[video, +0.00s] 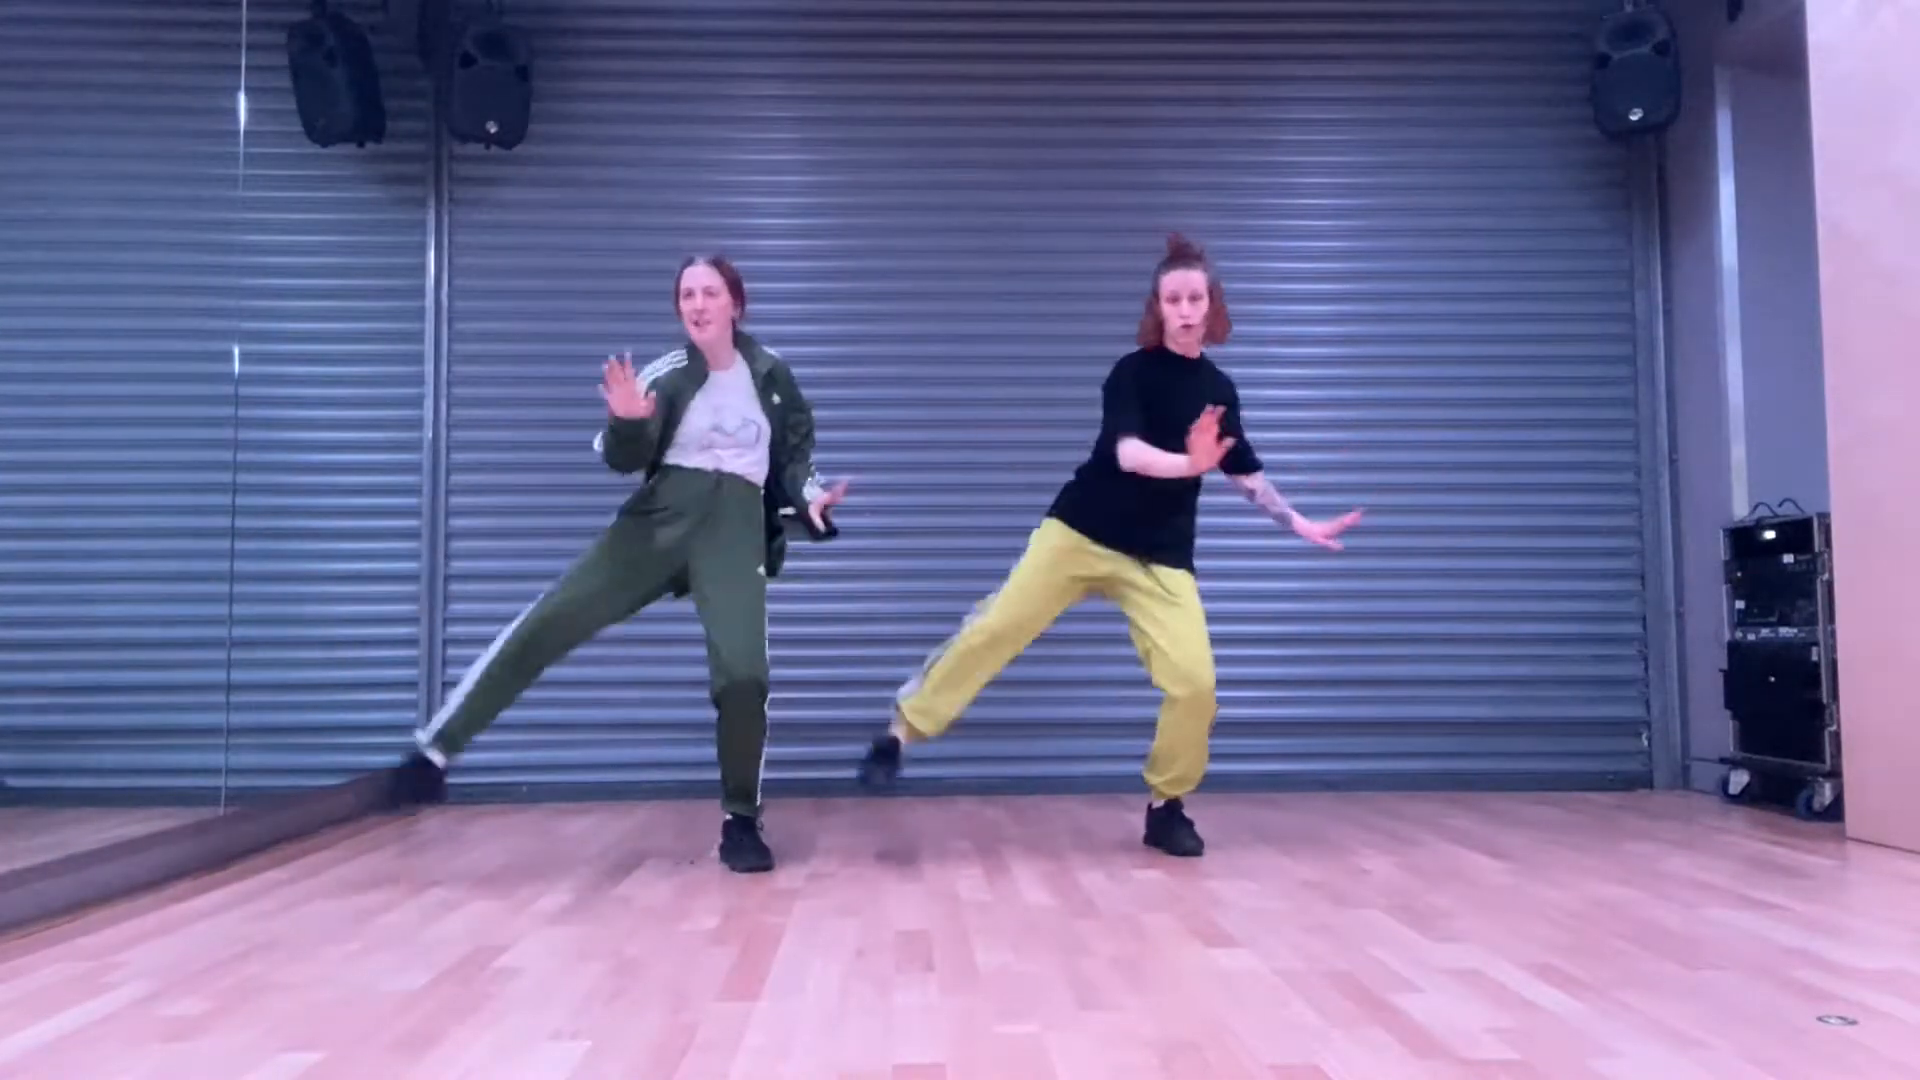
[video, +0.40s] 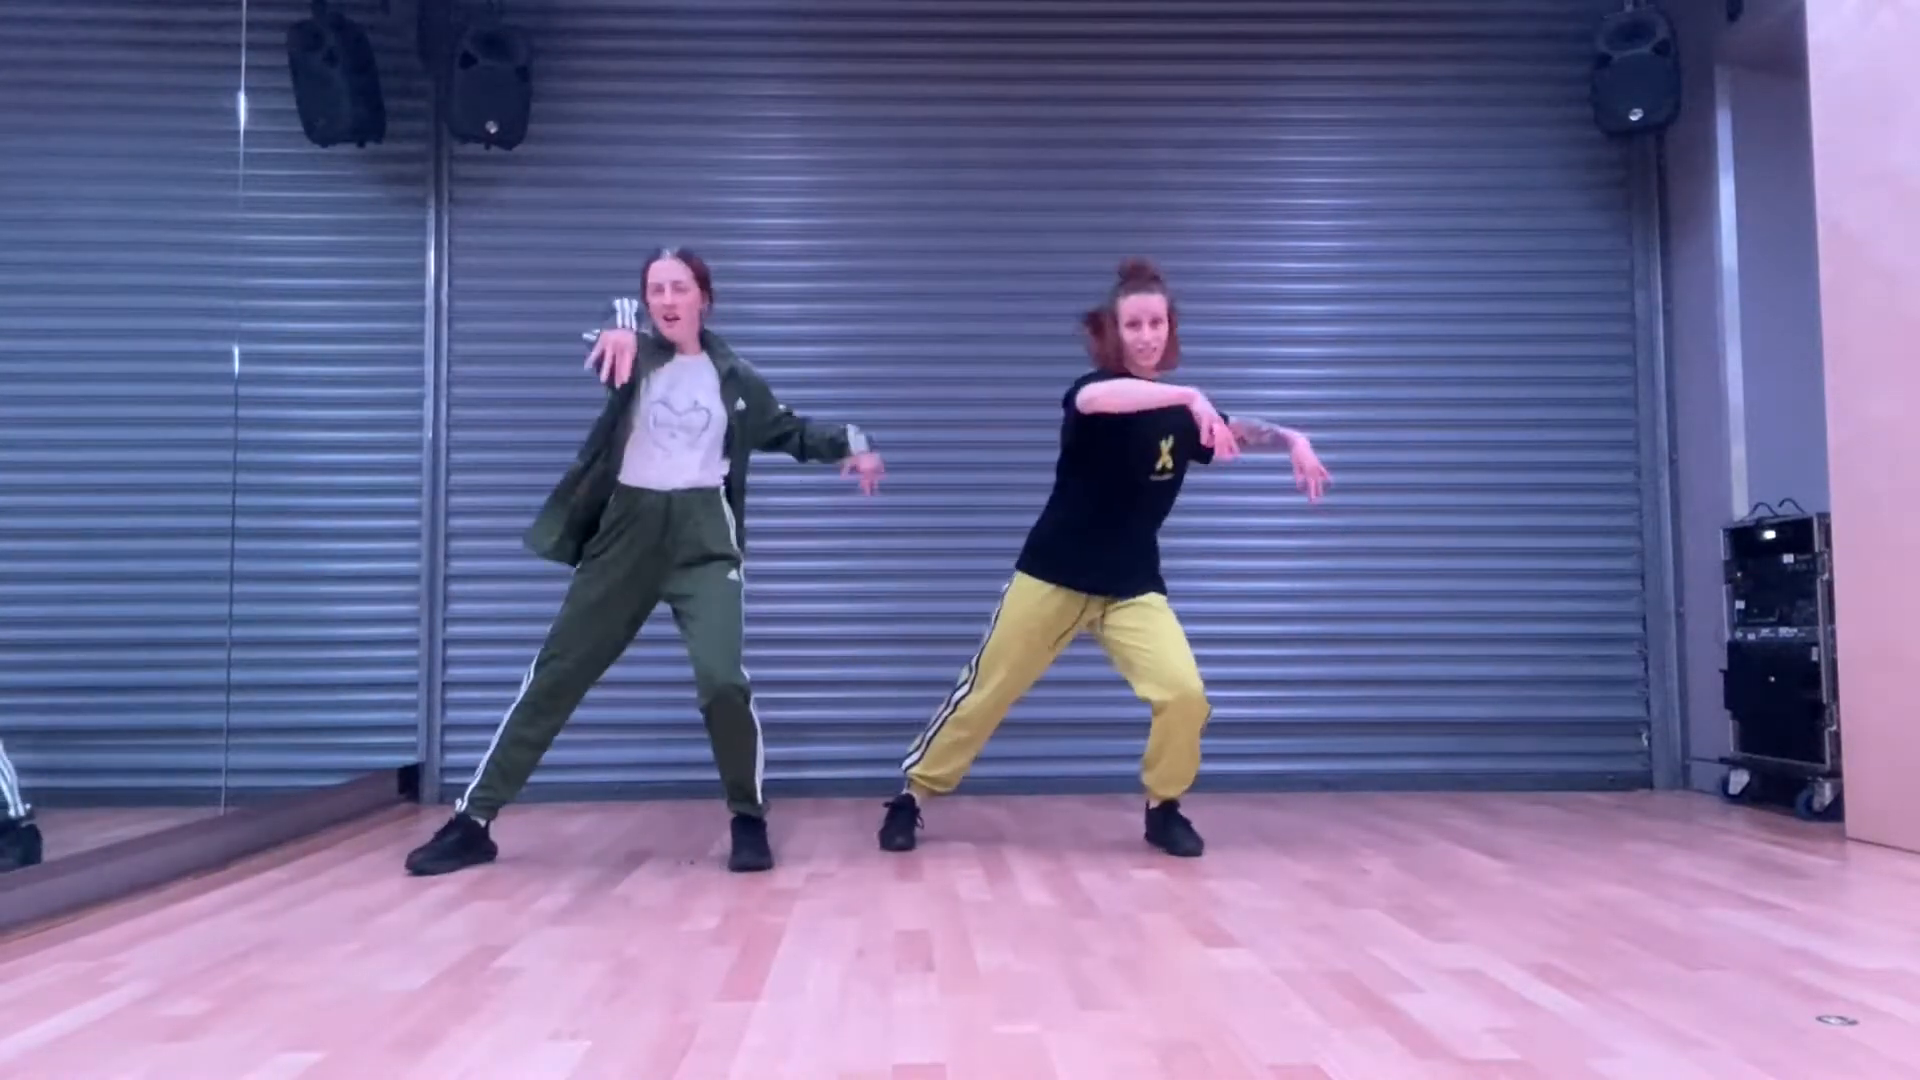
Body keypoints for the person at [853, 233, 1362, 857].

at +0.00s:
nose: (1186, 311)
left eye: (1195, 299)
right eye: (1174, 299)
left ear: (1213, 306)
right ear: (1157, 306)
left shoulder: (1218, 388)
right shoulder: (1135, 372)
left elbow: (1244, 472)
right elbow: (1125, 452)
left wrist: (1300, 525)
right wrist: (1191, 465)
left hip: (1161, 562)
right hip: (1080, 536)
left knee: (1194, 683)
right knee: (997, 628)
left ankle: (1166, 808)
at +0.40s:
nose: (1146, 336)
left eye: (1156, 323)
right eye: (1134, 324)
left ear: (1171, 328)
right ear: (1112, 332)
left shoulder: (1183, 409)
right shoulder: (1091, 393)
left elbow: (1232, 435)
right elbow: (1101, 399)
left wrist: (1292, 438)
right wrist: (1188, 397)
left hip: (1132, 588)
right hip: (1052, 579)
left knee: (1184, 695)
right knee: (986, 695)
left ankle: (1163, 809)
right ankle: (909, 799)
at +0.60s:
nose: (1162, 342)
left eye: (1165, 327)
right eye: (1145, 334)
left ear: (1174, 328)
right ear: (1115, 343)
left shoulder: (1181, 393)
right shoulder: (1089, 403)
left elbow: (1251, 390)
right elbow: (1014, 451)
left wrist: (1263, 368)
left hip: (1136, 586)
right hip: (1053, 583)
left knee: (1194, 693)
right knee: (991, 696)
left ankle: (1161, 810)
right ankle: (912, 797)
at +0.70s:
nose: (1121, 340)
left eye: (1117, 329)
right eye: (1102, 340)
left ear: (1127, 335)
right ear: (1078, 367)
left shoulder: (1154, 395)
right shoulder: (1062, 429)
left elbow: (1185, 358)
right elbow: (985, 496)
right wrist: (971, 585)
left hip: (1143, 586)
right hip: (1055, 584)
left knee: (1193, 692)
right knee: (983, 683)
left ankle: (1164, 810)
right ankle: (941, 803)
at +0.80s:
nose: (1005, 347)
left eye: (1006, 336)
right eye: (993, 355)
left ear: (1036, 336)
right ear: (1003, 384)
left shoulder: (1107, 376)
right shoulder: (1018, 444)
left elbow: (1049, 414)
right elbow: (1015, 531)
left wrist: (969, 441)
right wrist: (1015, 602)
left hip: (1143, 578)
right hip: (1058, 579)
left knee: (1187, 694)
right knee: (984, 673)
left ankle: (1173, 808)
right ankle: (980, 816)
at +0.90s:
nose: (946, 352)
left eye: (956, 343)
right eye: (950, 343)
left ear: (986, 357)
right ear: (990, 360)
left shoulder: (1039, 394)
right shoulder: (1011, 411)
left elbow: (981, 475)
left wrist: (927, 532)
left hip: (1123, 579)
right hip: (1051, 577)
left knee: (1145, 709)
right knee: (971, 668)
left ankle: (1188, 803)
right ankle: (985, 817)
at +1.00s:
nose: (938, 332)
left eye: (950, 326)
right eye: (944, 322)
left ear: (979, 344)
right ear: (986, 347)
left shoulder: (995, 399)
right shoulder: (989, 399)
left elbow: (999, 500)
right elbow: (1020, 506)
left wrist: (1002, 573)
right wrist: (986, 562)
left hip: (1079, 586)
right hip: (1028, 583)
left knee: (1087, 739)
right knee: (955, 674)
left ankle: (1207, 790)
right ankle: (985, 818)